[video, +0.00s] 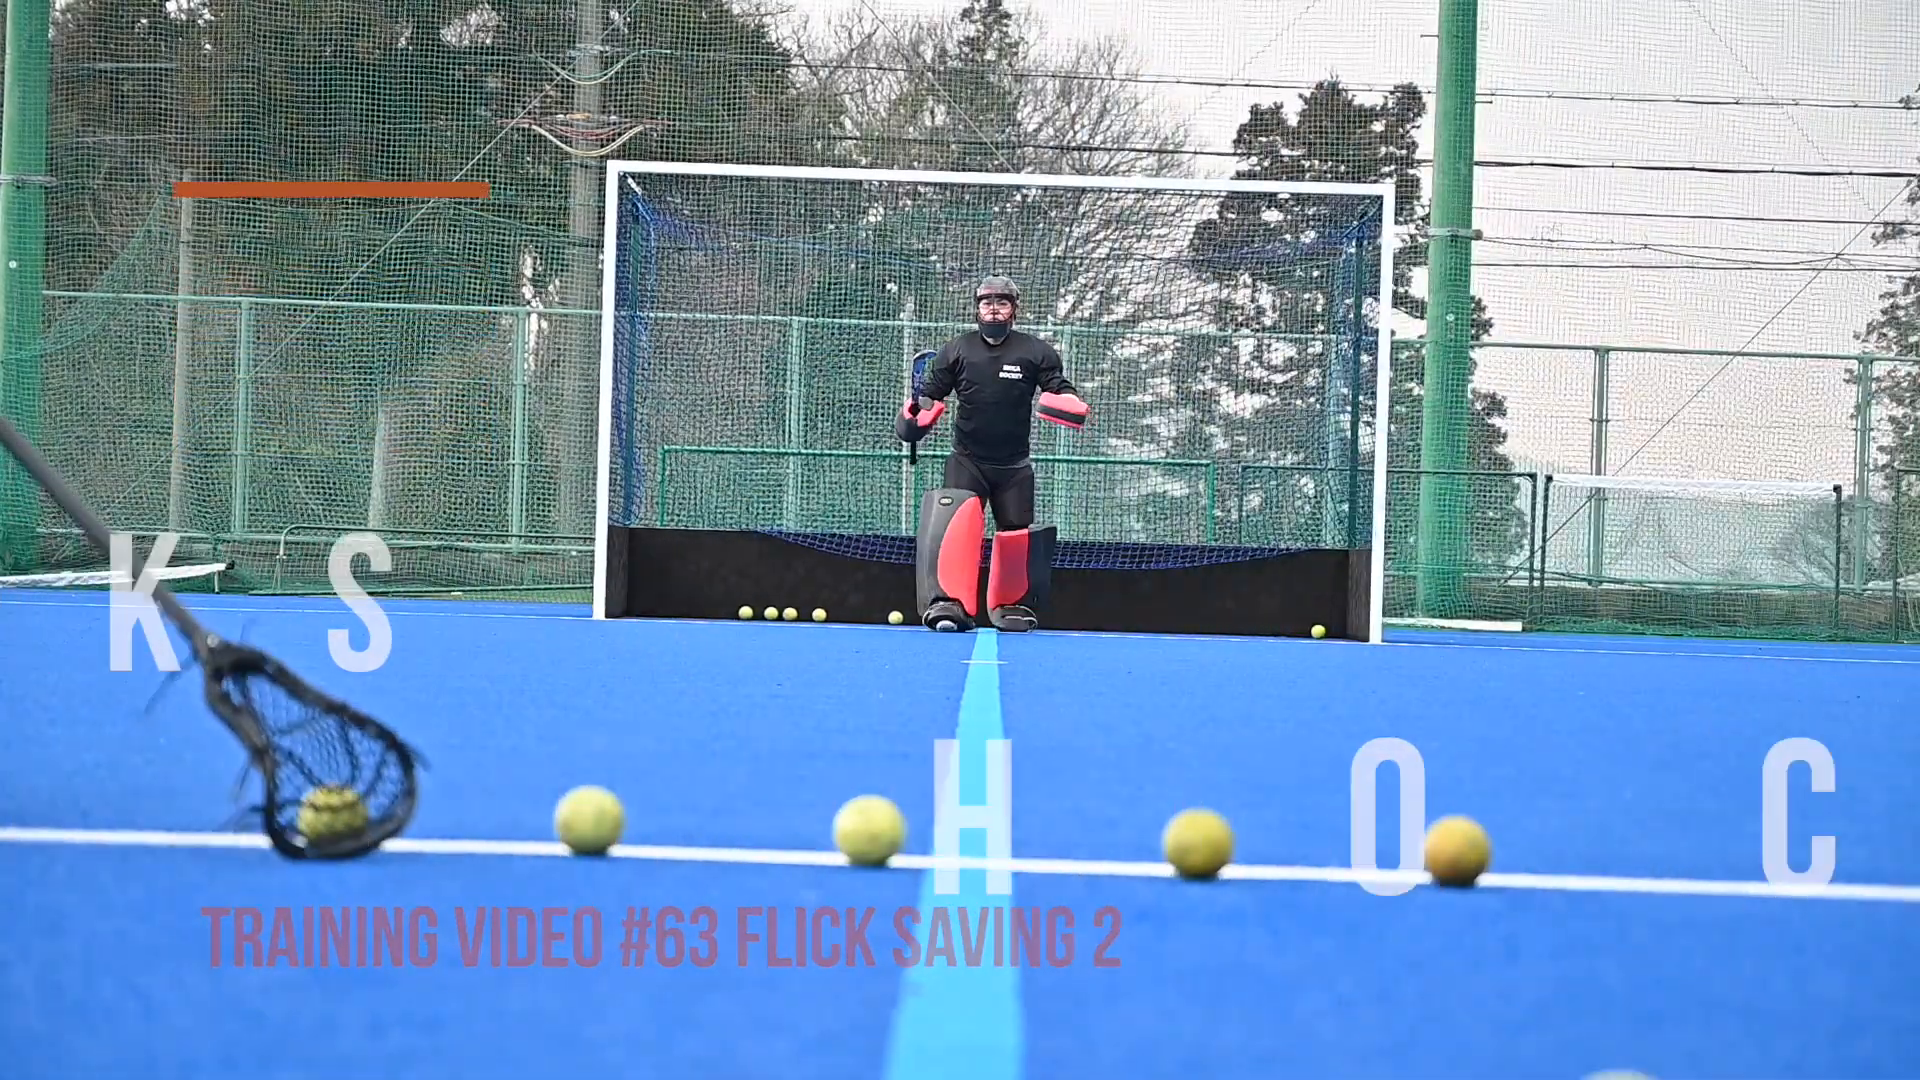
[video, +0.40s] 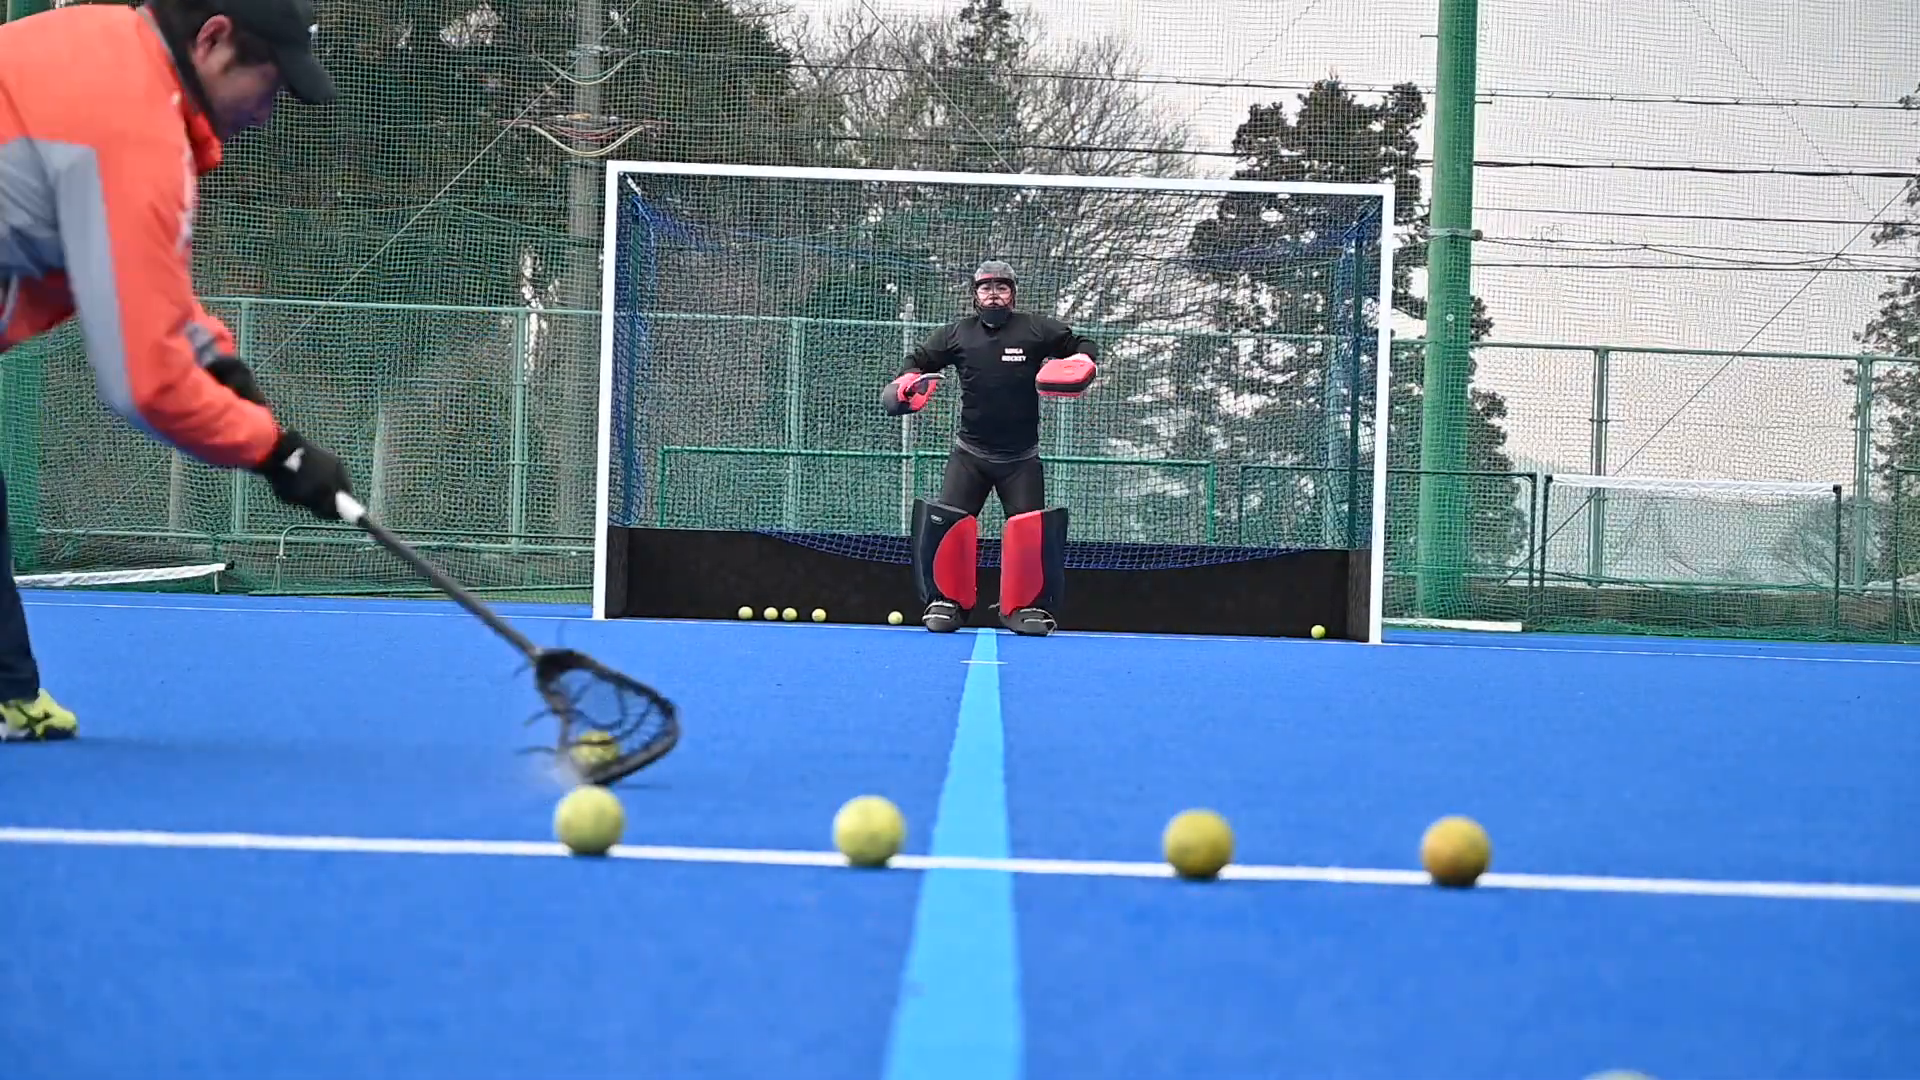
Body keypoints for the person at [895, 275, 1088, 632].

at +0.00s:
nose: (992, 309)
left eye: (1001, 302)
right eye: (986, 302)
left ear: (1014, 309)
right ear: (977, 308)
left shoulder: (1036, 351)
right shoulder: (956, 350)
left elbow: (1060, 388)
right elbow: (929, 396)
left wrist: (1070, 403)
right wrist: (915, 415)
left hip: (1014, 464)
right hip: (966, 460)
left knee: (1016, 538)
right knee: (955, 530)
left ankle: (1011, 608)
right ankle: (949, 607)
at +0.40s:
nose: (993, 293)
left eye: (1001, 286)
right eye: (986, 286)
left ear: (1013, 293)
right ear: (975, 293)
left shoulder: (1037, 330)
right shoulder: (956, 335)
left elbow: (1083, 347)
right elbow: (914, 365)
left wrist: (1081, 365)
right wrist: (903, 389)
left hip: (1021, 457)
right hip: (970, 453)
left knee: (1027, 530)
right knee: (949, 522)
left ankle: (1024, 608)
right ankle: (946, 602)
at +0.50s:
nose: (994, 298)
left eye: (1001, 291)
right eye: (986, 291)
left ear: (1013, 297)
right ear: (975, 297)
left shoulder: (1034, 325)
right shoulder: (957, 332)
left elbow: (1086, 328)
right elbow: (916, 352)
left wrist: (1076, 355)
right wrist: (905, 380)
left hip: (1026, 449)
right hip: (976, 447)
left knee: (1042, 515)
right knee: (945, 504)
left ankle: (1046, 594)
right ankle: (931, 587)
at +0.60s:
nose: (990, 314)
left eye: (998, 307)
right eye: (982, 307)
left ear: (1011, 313)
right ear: (971, 314)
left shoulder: (1036, 351)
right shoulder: (957, 357)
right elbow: (935, 399)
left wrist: (1056, 399)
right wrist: (911, 423)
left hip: (1028, 464)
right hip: (974, 463)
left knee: (1063, 526)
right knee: (939, 511)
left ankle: (1098, 612)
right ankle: (909, 596)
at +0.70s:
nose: (967, 333)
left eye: (976, 326)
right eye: (961, 327)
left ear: (992, 332)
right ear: (953, 333)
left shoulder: (1019, 372)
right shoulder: (945, 379)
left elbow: (1036, 418)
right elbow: (927, 430)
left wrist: (997, 403)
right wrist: (884, 428)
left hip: (1024, 486)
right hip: (971, 487)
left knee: (1066, 540)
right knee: (934, 504)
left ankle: (1110, 617)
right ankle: (909, 600)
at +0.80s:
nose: (914, 340)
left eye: (924, 333)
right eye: (911, 333)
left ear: (945, 340)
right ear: (907, 339)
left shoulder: (966, 370)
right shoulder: (899, 383)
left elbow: (990, 402)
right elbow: (860, 416)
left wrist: (944, 384)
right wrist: (818, 405)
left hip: (996, 477)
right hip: (947, 492)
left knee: (1044, 540)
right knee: (900, 517)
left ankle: (1109, 609)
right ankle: (924, 608)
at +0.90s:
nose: (867, 348)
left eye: (878, 343)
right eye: (863, 343)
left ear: (898, 345)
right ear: (857, 348)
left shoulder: (915, 373)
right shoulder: (843, 385)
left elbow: (952, 379)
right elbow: (785, 386)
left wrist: (905, 357)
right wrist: (733, 369)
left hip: (954, 470)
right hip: (907, 493)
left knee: (1005, 524)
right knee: (862, 522)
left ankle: (1087, 588)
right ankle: (922, 607)